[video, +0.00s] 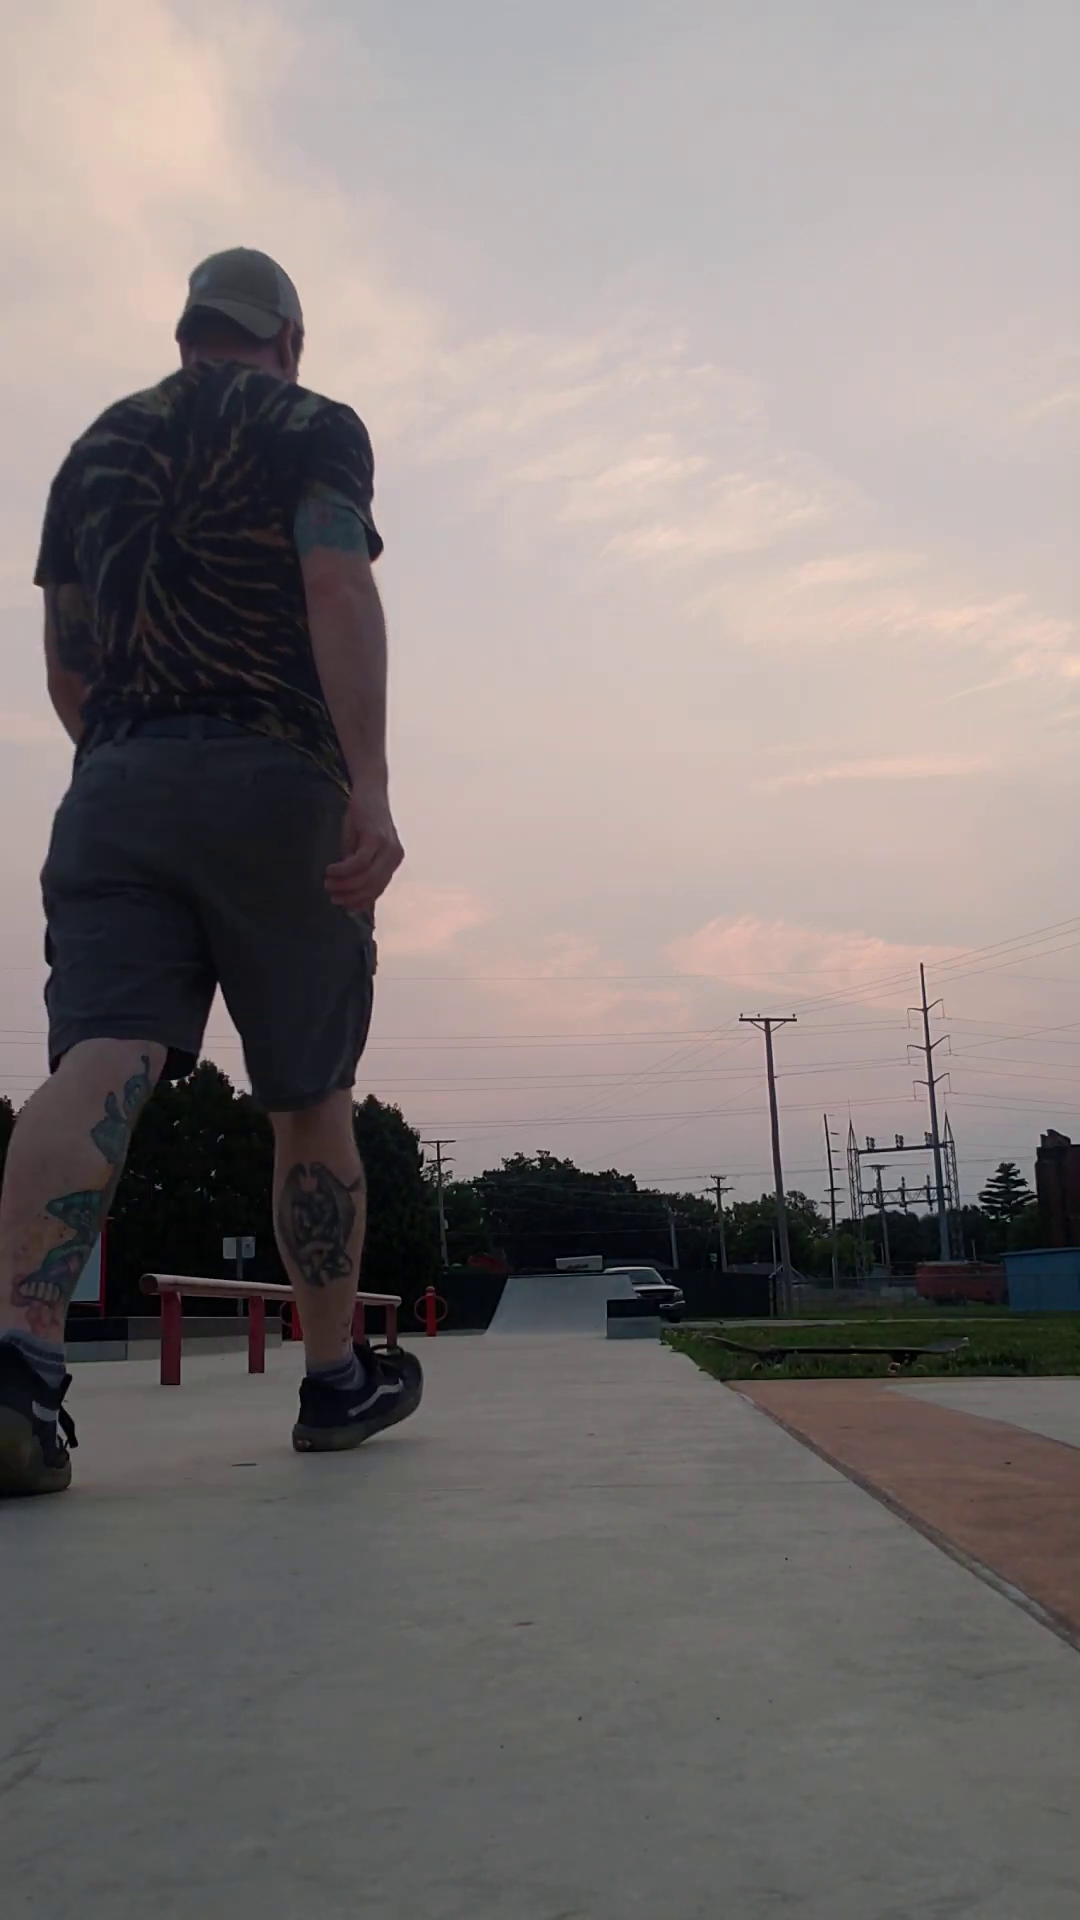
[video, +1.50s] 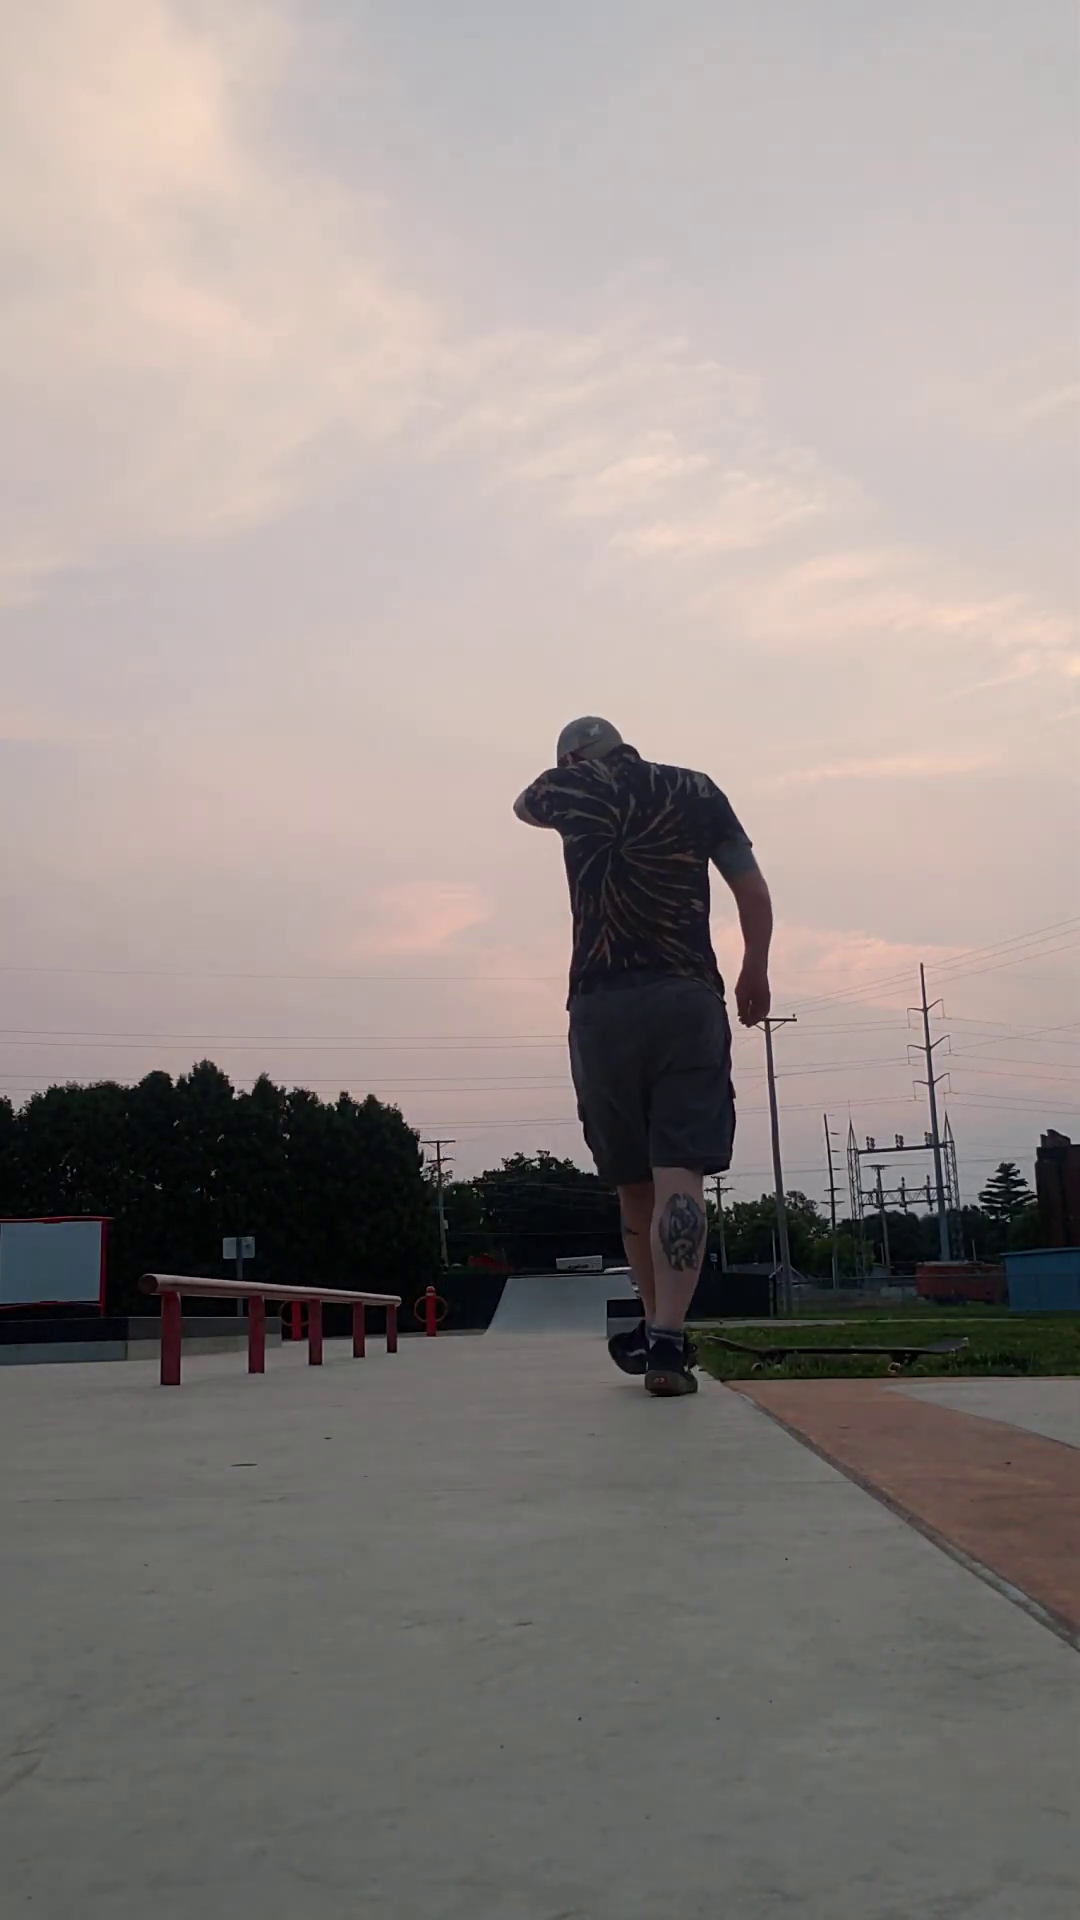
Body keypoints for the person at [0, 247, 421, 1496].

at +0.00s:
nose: (279, 361)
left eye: (255, 343)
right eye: (287, 344)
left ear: (181, 338)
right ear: (287, 343)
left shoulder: (96, 445)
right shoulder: (313, 422)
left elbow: (67, 665)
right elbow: (337, 585)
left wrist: (132, 780)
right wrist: (369, 780)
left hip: (118, 781)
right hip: (280, 779)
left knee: (99, 1062)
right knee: (311, 1097)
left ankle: (24, 1366)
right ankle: (335, 1379)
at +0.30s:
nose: (410, 481)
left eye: (370, 461)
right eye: (418, 466)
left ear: (325, 460)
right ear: (417, 464)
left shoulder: (252, 550)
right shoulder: (445, 532)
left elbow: (219, 730)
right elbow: (496, 696)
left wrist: (208, 883)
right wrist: (539, 844)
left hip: (286, 841)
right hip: (414, 829)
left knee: (325, 1082)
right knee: (386, 1097)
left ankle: (287, 1295)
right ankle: (345, 1369)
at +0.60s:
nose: (464, 609)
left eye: (449, 595)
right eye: (486, 597)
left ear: (424, 602)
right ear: (502, 597)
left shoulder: (372, 687)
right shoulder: (534, 655)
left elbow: (344, 821)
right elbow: (587, 787)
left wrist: (325, 952)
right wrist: (636, 899)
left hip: (406, 933)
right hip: (515, 922)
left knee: (482, 1149)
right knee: (538, 1129)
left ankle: (522, 1359)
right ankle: (442, 1283)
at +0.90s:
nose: (513, 671)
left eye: (501, 661)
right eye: (549, 650)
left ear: (495, 663)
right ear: (563, 647)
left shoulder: (463, 729)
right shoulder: (604, 704)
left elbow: (401, 847)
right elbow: (636, 821)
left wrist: (467, 916)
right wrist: (679, 932)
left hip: (490, 955)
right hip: (591, 949)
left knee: (513, 1150)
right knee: (626, 1150)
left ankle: (528, 1355)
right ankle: (661, 1346)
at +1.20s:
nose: (534, 743)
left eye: (531, 736)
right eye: (536, 735)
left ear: (542, 725)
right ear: (594, 706)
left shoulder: (537, 762)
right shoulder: (677, 757)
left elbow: (483, 781)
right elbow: (729, 865)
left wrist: (554, 790)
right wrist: (751, 960)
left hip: (575, 987)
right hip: (666, 983)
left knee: (583, 1147)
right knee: (668, 1163)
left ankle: (584, 1258)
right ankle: (665, 1353)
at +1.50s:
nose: (568, 775)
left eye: (566, 767)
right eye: (570, 767)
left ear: (576, 759)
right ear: (623, 743)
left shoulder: (572, 789)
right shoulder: (695, 789)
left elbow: (525, 806)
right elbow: (752, 890)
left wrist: (575, 775)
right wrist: (755, 970)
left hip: (604, 1007)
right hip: (688, 1000)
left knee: (632, 1183)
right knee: (681, 1175)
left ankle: (658, 1333)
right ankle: (668, 1340)